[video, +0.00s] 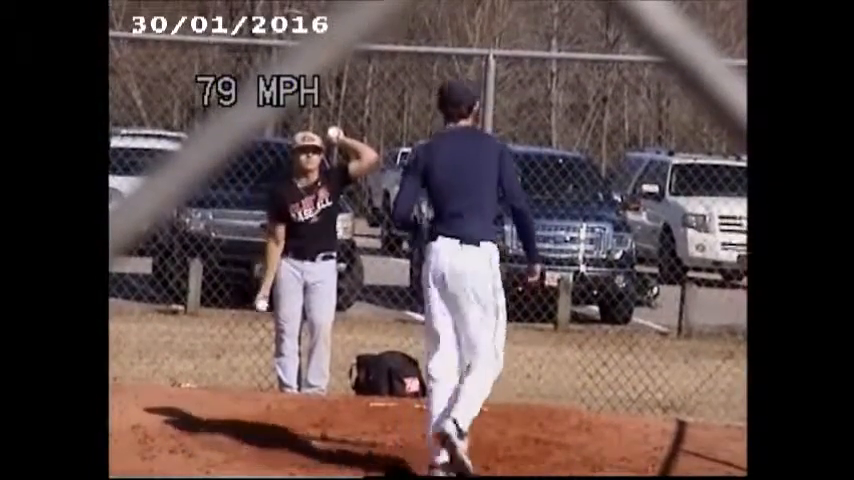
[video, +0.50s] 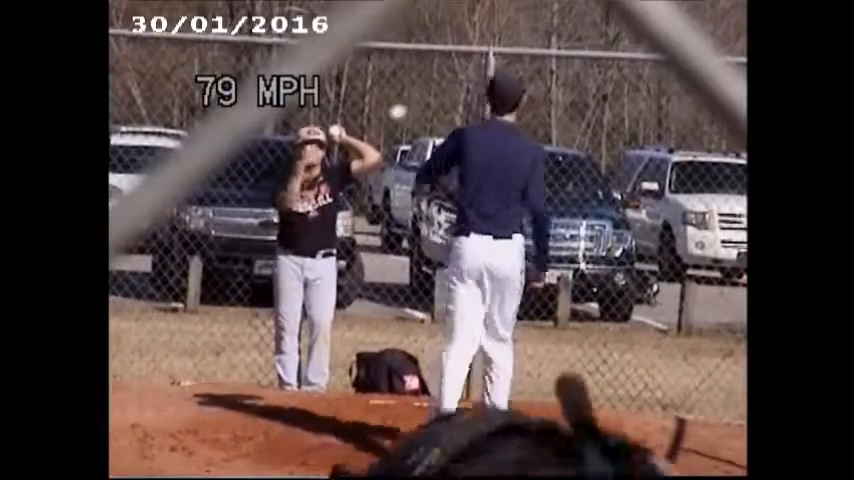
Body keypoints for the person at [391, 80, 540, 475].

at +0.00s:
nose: (478, 113)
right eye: (478, 108)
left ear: (442, 112)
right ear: (475, 111)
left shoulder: (426, 151)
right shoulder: (494, 148)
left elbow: (400, 213)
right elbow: (519, 204)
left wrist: (423, 228)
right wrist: (533, 258)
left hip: (437, 251)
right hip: (477, 255)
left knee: (442, 352)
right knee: (486, 353)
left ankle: (440, 454)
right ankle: (456, 423)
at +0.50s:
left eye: (491, 95)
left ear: (488, 100)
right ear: (521, 103)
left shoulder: (465, 137)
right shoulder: (531, 151)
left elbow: (428, 173)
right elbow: (537, 209)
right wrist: (541, 263)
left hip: (467, 244)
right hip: (508, 249)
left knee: (461, 336)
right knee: (500, 337)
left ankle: (447, 412)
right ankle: (497, 415)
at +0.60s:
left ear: (496, 94)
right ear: (528, 98)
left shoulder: (474, 128)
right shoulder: (538, 143)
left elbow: (436, 160)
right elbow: (551, 205)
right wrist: (547, 250)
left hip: (473, 240)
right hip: (513, 245)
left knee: (468, 326)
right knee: (504, 333)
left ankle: (457, 400)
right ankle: (499, 408)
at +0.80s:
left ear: (507, 90)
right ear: (538, 94)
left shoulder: (486, 124)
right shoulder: (547, 140)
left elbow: (453, 140)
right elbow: (554, 197)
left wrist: (480, 119)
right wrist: (530, 202)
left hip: (478, 233)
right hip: (518, 239)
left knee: (476, 315)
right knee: (506, 329)